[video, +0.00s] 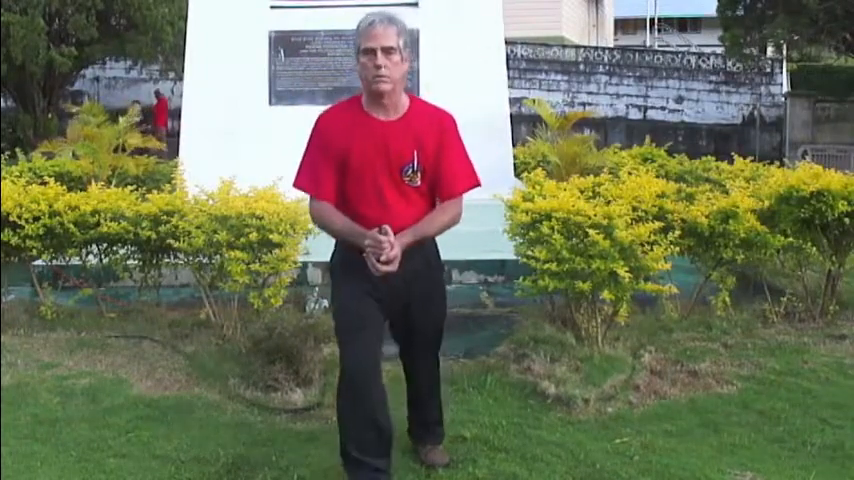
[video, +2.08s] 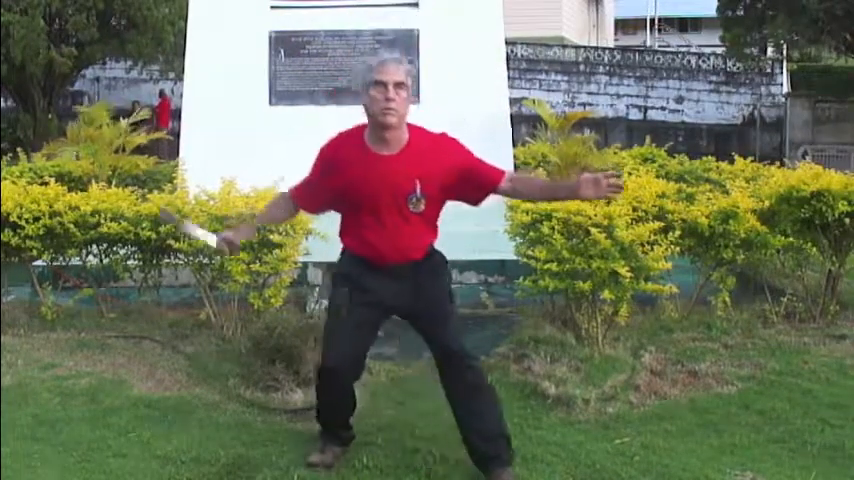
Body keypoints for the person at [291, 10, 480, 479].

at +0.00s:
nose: (378, 62)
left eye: (389, 53)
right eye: (368, 53)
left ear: (407, 62)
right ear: (357, 62)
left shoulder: (437, 123)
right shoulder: (333, 123)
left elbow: (452, 207)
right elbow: (320, 207)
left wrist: (404, 240)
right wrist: (364, 238)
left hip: (419, 261)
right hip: (355, 263)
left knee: (424, 357)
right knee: (358, 366)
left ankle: (429, 438)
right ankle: (367, 469)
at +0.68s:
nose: (383, 67)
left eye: (394, 57)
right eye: (373, 58)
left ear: (409, 63)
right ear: (361, 64)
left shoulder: (439, 125)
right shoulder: (338, 124)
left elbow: (464, 202)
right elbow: (308, 202)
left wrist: (435, 204)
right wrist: (333, 212)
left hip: (420, 264)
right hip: (358, 265)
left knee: (427, 360)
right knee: (354, 370)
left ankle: (425, 438)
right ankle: (365, 472)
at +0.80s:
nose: (396, 64)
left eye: (406, 55)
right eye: (386, 56)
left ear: (422, 61)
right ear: (375, 62)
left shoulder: (449, 123)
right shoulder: (348, 121)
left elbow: (487, 186)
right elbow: (306, 189)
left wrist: (470, 154)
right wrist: (322, 174)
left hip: (427, 261)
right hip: (366, 262)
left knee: (439, 357)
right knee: (361, 367)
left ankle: (426, 438)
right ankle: (366, 471)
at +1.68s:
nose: (375, 48)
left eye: (384, 40)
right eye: (366, 41)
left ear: (401, 50)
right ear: (355, 50)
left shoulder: (428, 109)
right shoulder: (333, 105)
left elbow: (475, 174)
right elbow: (299, 151)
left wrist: (446, 157)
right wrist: (258, 152)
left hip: (406, 241)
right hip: (347, 240)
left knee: (422, 343)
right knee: (335, 341)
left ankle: (427, 437)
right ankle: (333, 434)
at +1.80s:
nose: (365, 61)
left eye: (375, 52)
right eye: (357, 52)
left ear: (393, 62)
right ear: (347, 61)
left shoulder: (421, 119)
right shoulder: (328, 115)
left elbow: (467, 161)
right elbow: (289, 156)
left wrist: (490, 170)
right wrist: (235, 174)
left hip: (405, 247)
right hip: (344, 247)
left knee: (428, 340)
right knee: (333, 343)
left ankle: (434, 435)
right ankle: (333, 435)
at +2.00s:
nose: (376, 87)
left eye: (386, 79)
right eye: (367, 79)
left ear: (398, 89)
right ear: (354, 89)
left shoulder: (432, 143)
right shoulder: (330, 145)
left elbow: (502, 173)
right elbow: (286, 182)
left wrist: (563, 182)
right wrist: (237, 214)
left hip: (415, 265)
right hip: (352, 267)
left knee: (450, 352)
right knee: (331, 361)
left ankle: (487, 462)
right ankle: (333, 436)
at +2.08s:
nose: (390, 96)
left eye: (399, 88)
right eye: (380, 87)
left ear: (411, 98)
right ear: (364, 97)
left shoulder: (440, 153)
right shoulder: (339, 154)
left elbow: (511, 183)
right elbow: (294, 201)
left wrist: (575, 187)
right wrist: (245, 228)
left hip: (422, 272)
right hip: (359, 273)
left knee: (455, 356)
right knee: (335, 366)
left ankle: (497, 465)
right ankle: (334, 438)